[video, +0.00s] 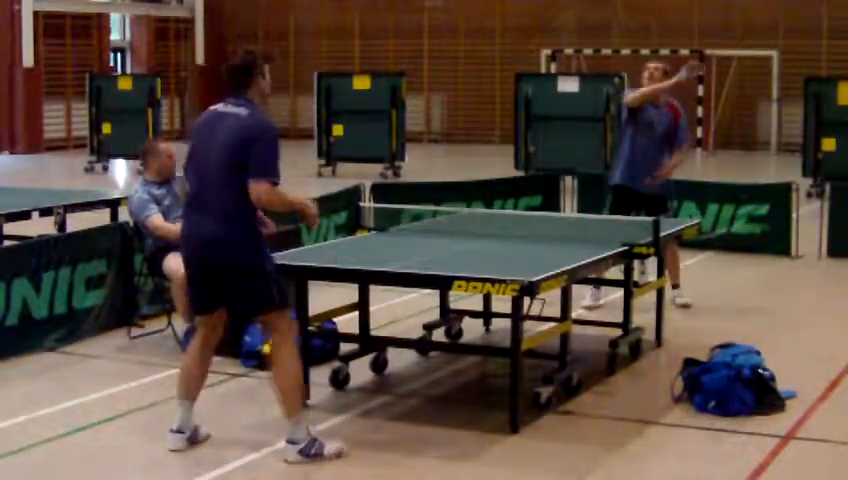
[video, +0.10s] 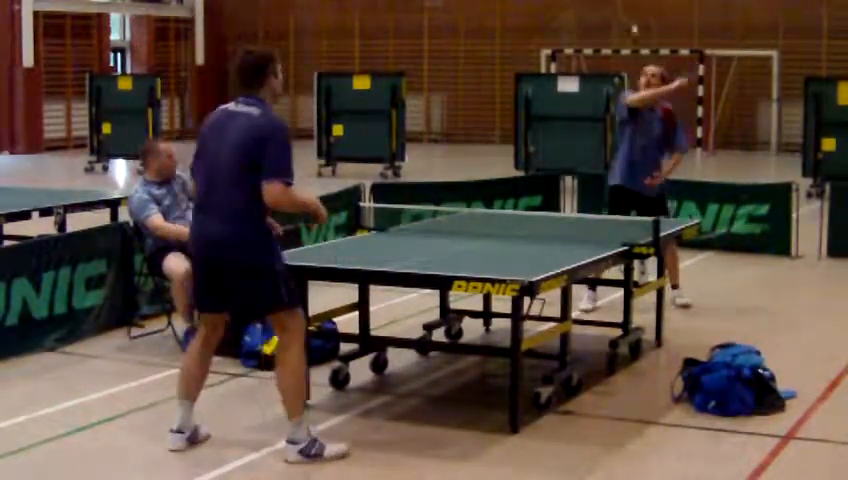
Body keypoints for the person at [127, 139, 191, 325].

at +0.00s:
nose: (174, 161)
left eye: (173, 156)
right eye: (169, 157)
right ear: (152, 163)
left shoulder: (179, 184)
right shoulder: (140, 196)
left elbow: (198, 207)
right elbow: (161, 228)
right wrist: (194, 232)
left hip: (190, 239)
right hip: (162, 246)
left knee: (214, 260)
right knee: (181, 271)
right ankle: (189, 324)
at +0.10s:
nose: (175, 161)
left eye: (174, 156)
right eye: (169, 157)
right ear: (153, 163)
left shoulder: (179, 181)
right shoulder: (140, 196)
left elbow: (199, 198)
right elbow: (160, 228)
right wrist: (194, 235)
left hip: (193, 235)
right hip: (164, 244)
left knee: (217, 256)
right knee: (182, 270)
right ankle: (188, 323)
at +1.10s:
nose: (171, 163)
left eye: (171, 158)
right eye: (164, 158)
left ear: (173, 159)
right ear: (147, 162)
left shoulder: (177, 181)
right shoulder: (140, 196)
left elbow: (206, 202)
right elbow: (159, 228)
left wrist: (232, 214)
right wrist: (198, 233)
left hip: (193, 237)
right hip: (163, 246)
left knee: (229, 254)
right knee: (182, 270)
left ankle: (231, 319)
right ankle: (189, 327)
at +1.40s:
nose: (171, 163)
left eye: (172, 158)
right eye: (165, 158)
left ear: (174, 160)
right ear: (147, 162)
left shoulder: (178, 181)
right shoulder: (141, 196)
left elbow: (207, 201)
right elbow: (160, 228)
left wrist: (231, 212)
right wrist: (198, 233)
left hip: (194, 237)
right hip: (164, 246)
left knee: (229, 254)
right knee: (183, 270)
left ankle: (233, 318)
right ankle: (190, 326)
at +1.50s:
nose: (172, 163)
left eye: (173, 158)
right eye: (166, 158)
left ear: (174, 159)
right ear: (148, 162)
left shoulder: (178, 181)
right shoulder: (141, 196)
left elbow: (207, 202)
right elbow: (160, 228)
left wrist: (232, 213)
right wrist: (198, 233)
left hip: (194, 237)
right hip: (164, 246)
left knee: (229, 253)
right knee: (183, 270)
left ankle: (230, 318)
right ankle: (190, 326)